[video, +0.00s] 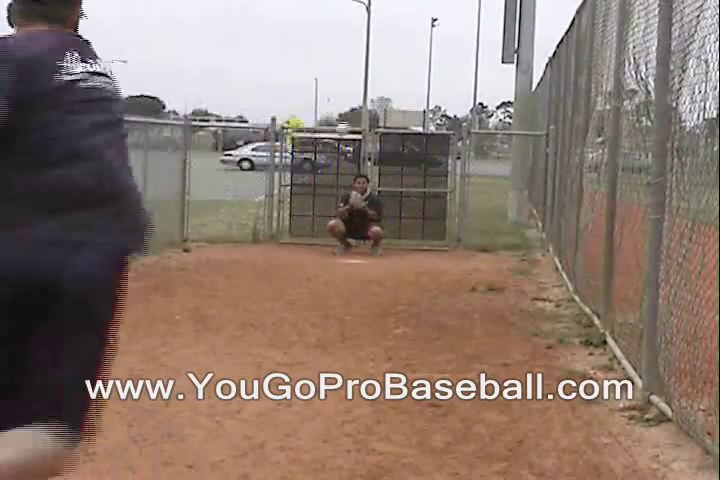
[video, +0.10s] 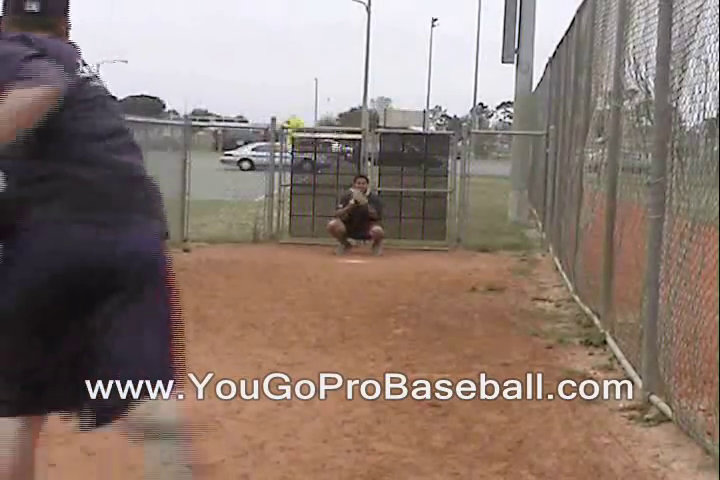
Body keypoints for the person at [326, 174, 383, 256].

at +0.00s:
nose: (361, 186)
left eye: (364, 183)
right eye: (358, 183)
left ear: (367, 185)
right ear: (354, 185)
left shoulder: (373, 199)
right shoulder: (346, 197)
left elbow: (378, 217)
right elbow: (338, 213)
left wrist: (364, 208)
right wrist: (350, 206)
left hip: (365, 227)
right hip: (349, 226)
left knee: (376, 231)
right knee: (332, 225)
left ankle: (376, 245)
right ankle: (346, 244)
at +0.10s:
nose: (361, 186)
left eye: (363, 183)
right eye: (358, 183)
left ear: (367, 185)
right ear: (354, 185)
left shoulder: (373, 198)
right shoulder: (346, 197)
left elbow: (377, 216)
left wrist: (365, 204)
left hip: (366, 226)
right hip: (349, 226)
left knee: (378, 231)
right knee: (333, 225)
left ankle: (376, 245)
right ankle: (346, 244)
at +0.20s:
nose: (360, 187)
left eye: (362, 184)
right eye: (358, 184)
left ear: (366, 186)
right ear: (353, 186)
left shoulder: (373, 198)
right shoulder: (346, 198)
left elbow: (377, 215)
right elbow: (338, 214)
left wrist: (364, 203)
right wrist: (349, 209)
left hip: (367, 227)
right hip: (350, 226)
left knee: (379, 229)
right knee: (333, 225)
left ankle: (376, 245)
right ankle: (346, 245)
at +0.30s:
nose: (358, 187)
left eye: (361, 185)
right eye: (356, 184)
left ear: (365, 187)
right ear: (352, 186)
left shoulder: (371, 197)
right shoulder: (347, 198)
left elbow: (373, 207)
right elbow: (338, 214)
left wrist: (359, 201)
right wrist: (348, 211)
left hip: (366, 227)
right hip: (350, 227)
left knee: (379, 229)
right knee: (333, 225)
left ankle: (376, 246)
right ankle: (346, 244)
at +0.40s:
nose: (357, 187)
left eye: (360, 185)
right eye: (355, 185)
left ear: (364, 187)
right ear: (351, 186)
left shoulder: (371, 197)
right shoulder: (346, 197)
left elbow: (371, 205)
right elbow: (338, 213)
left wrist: (357, 203)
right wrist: (350, 211)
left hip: (367, 227)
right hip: (350, 227)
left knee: (379, 229)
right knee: (334, 225)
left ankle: (377, 245)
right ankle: (346, 244)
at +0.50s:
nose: (357, 188)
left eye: (359, 185)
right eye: (354, 185)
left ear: (364, 187)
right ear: (351, 187)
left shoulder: (371, 197)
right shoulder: (347, 197)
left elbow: (370, 207)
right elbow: (338, 209)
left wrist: (354, 208)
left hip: (366, 227)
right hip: (350, 227)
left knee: (379, 229)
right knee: (334, 225)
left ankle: (377, 245)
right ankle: (346, 244)